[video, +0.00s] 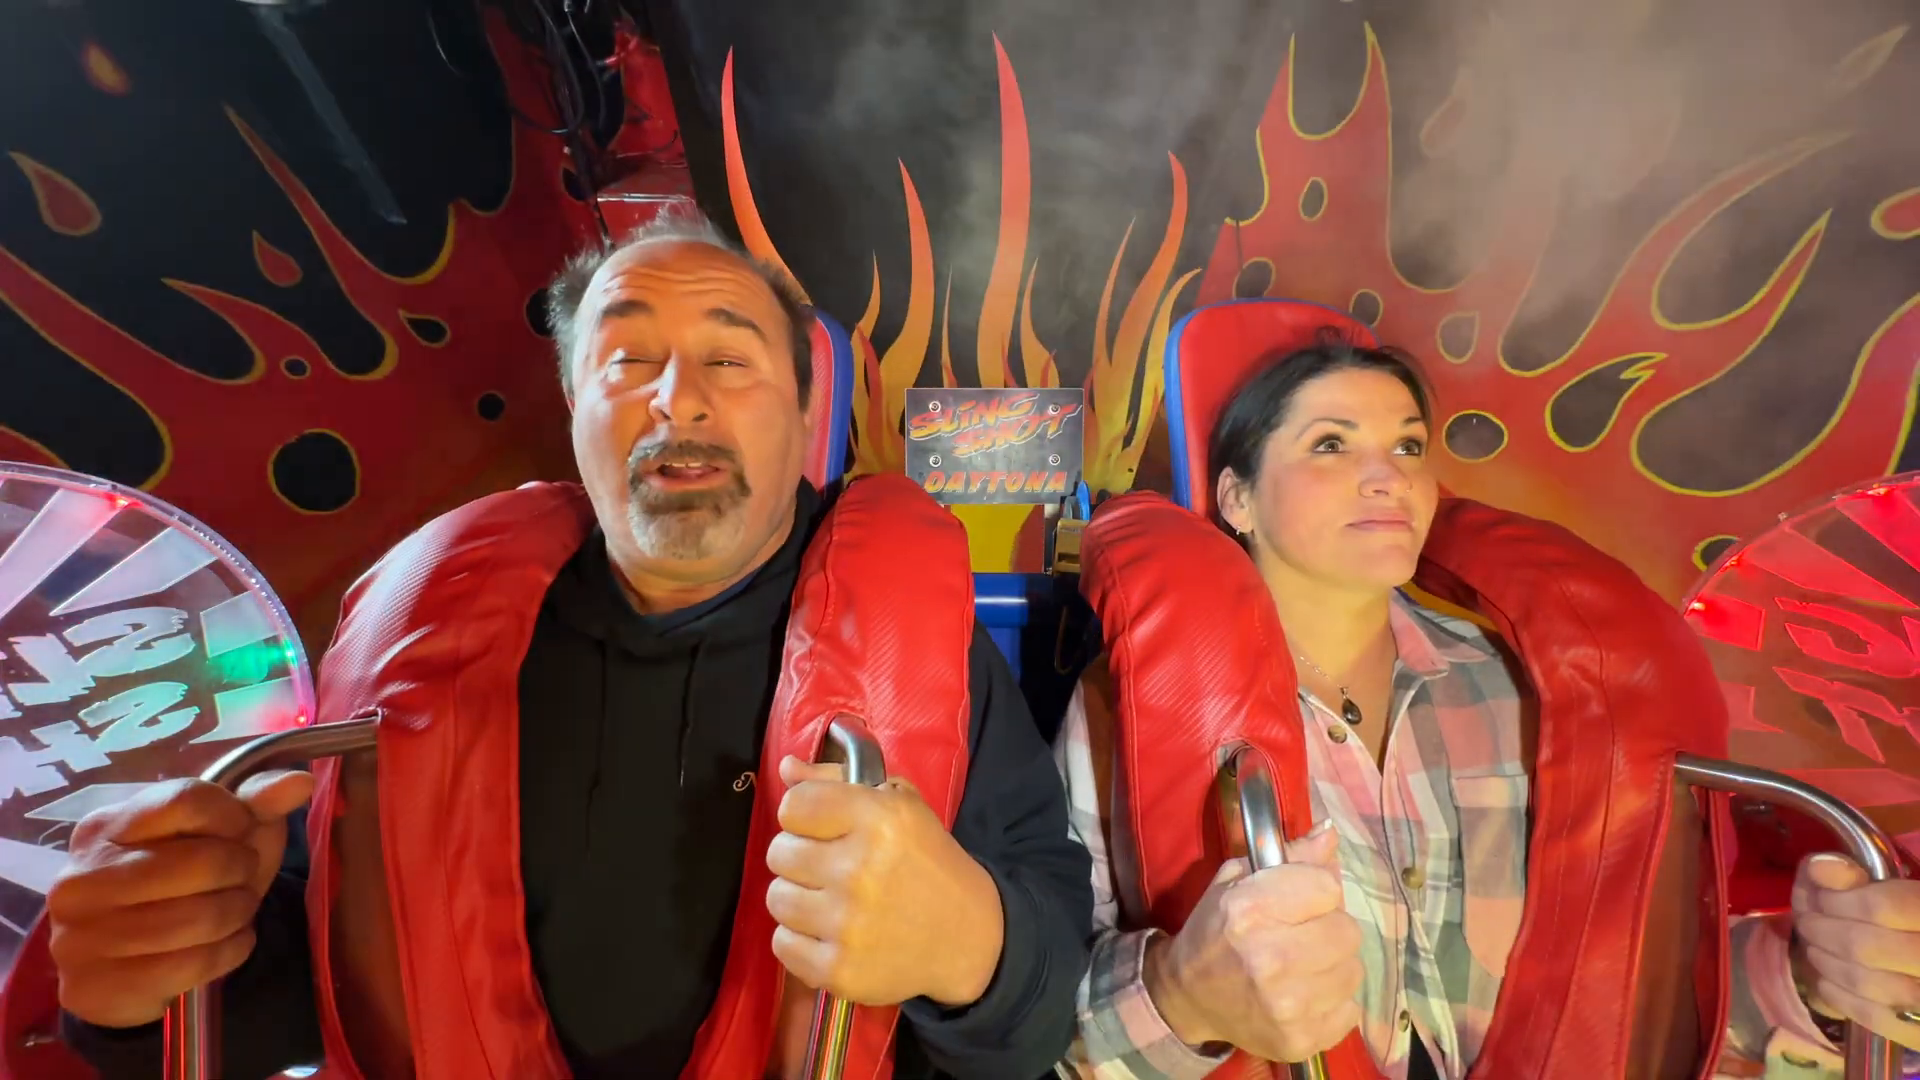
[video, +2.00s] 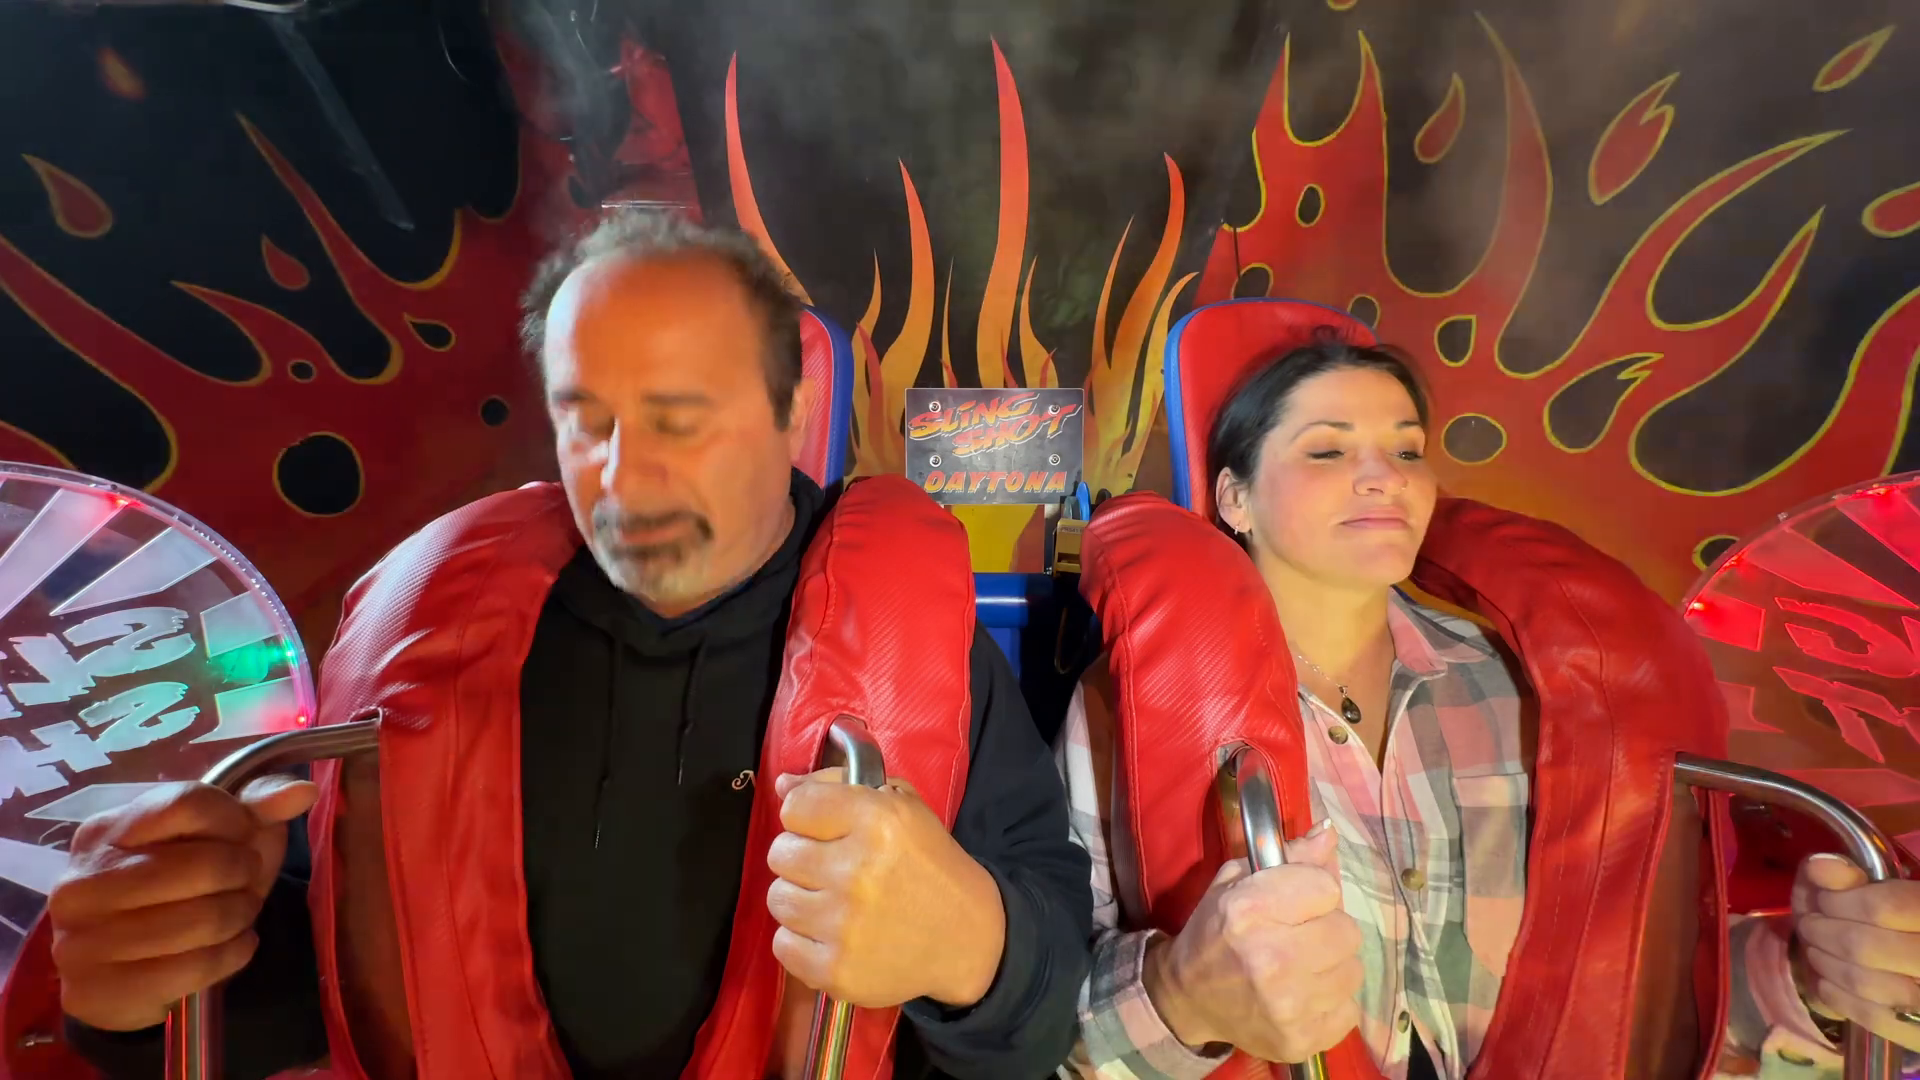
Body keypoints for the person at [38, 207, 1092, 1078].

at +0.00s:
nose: (674, 403)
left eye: (728, 362)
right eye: (629, 366)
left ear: (805, 418)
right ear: (572, 426)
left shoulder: (927, 654)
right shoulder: (416, 634)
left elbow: (1044, 1012)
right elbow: (295, 990)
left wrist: (980, 949)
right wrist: (109, 985)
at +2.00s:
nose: (623, 478)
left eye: (680, 419)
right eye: (588, 421)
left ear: (791, 416)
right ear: (549, 427)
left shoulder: (925, 644)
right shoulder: (419, 623)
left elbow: (1048, 1008)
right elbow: (303, 977)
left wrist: (981, 948)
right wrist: (106, 988)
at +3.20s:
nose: (666, 354)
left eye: (722, 327)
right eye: (634, 332)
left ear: (809, 414)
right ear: (595, 409)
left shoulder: (925, 662)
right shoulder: (429, 631)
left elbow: (1047, 1011)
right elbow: (310, 987)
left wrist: (981, 958)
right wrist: (104, 989)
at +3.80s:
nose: (641, 353)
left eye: (701, 322)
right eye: (615, 334)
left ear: (806, 409)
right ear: (584, 413)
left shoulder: (922, 658)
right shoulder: (435, 632)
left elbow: (1041, 1004)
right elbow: (308, 968)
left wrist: (978, 952)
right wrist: (93, 982)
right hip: (479, 1065)